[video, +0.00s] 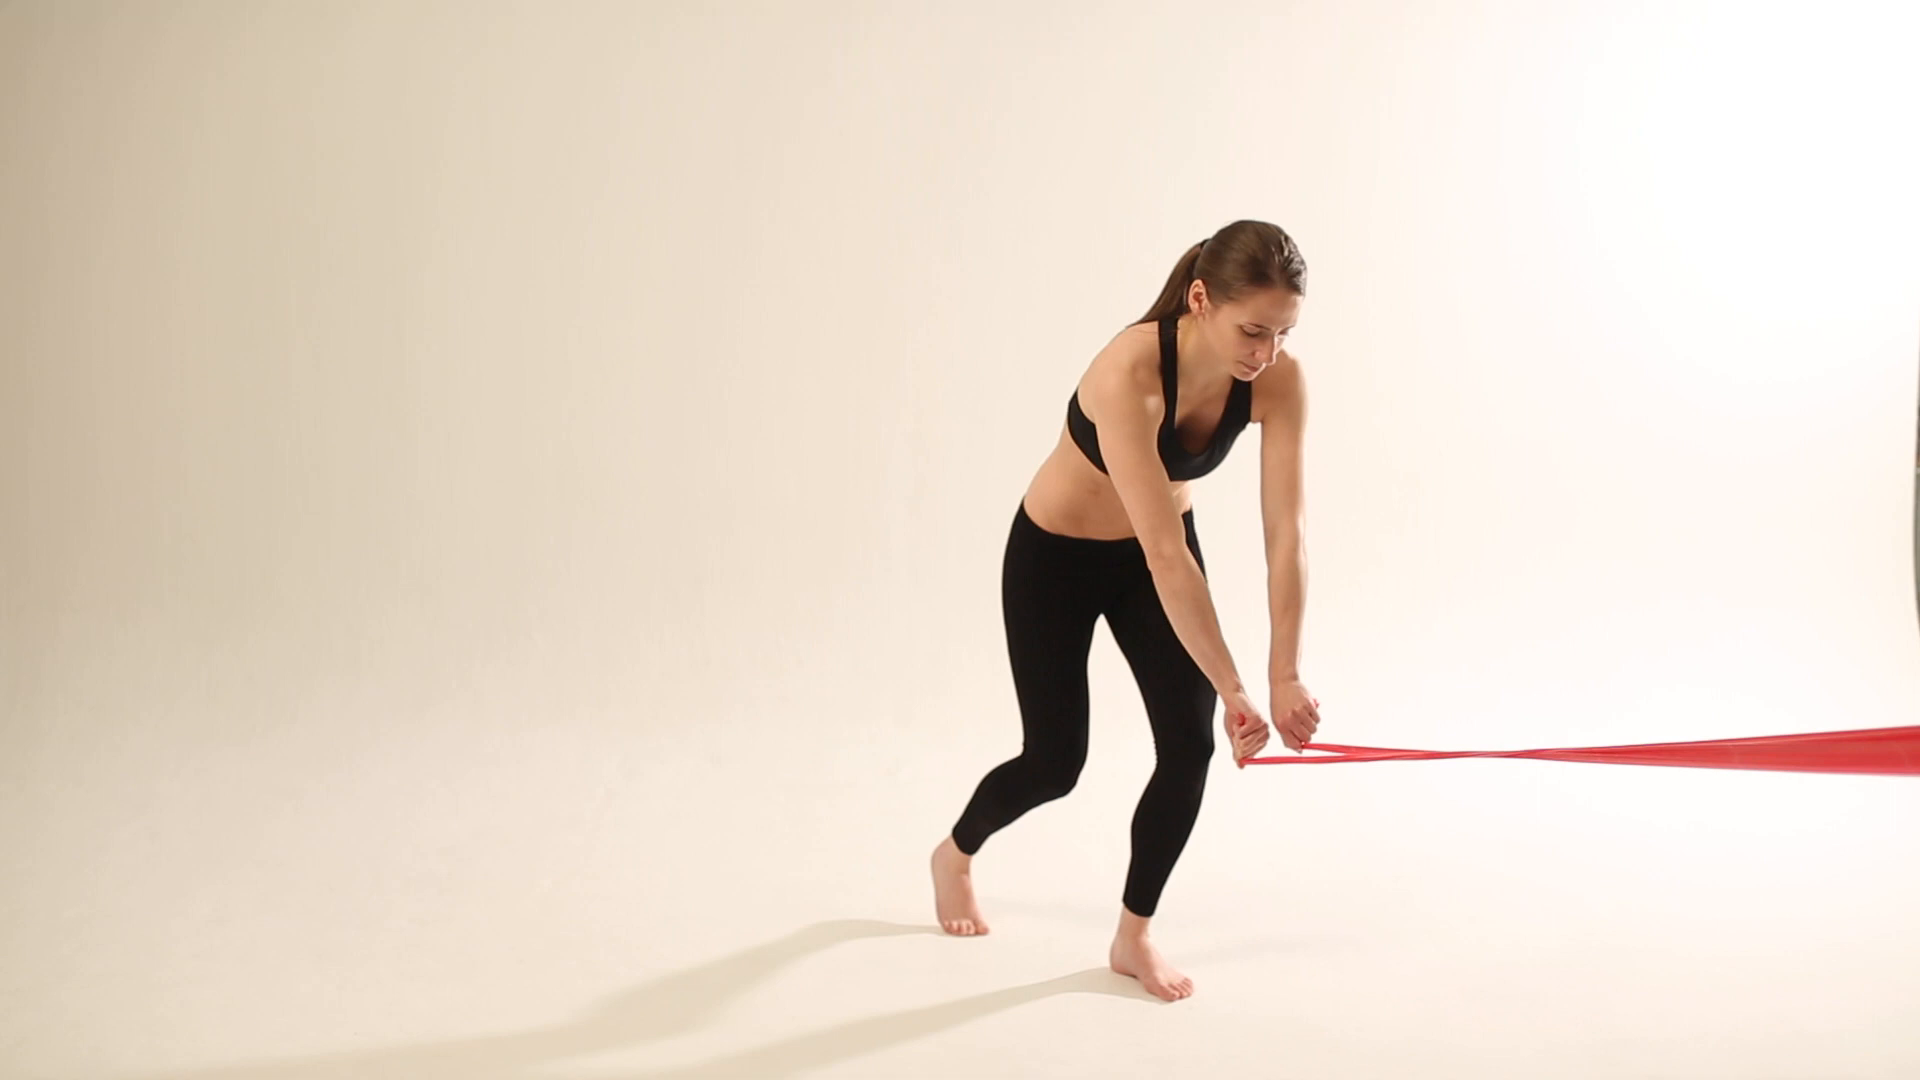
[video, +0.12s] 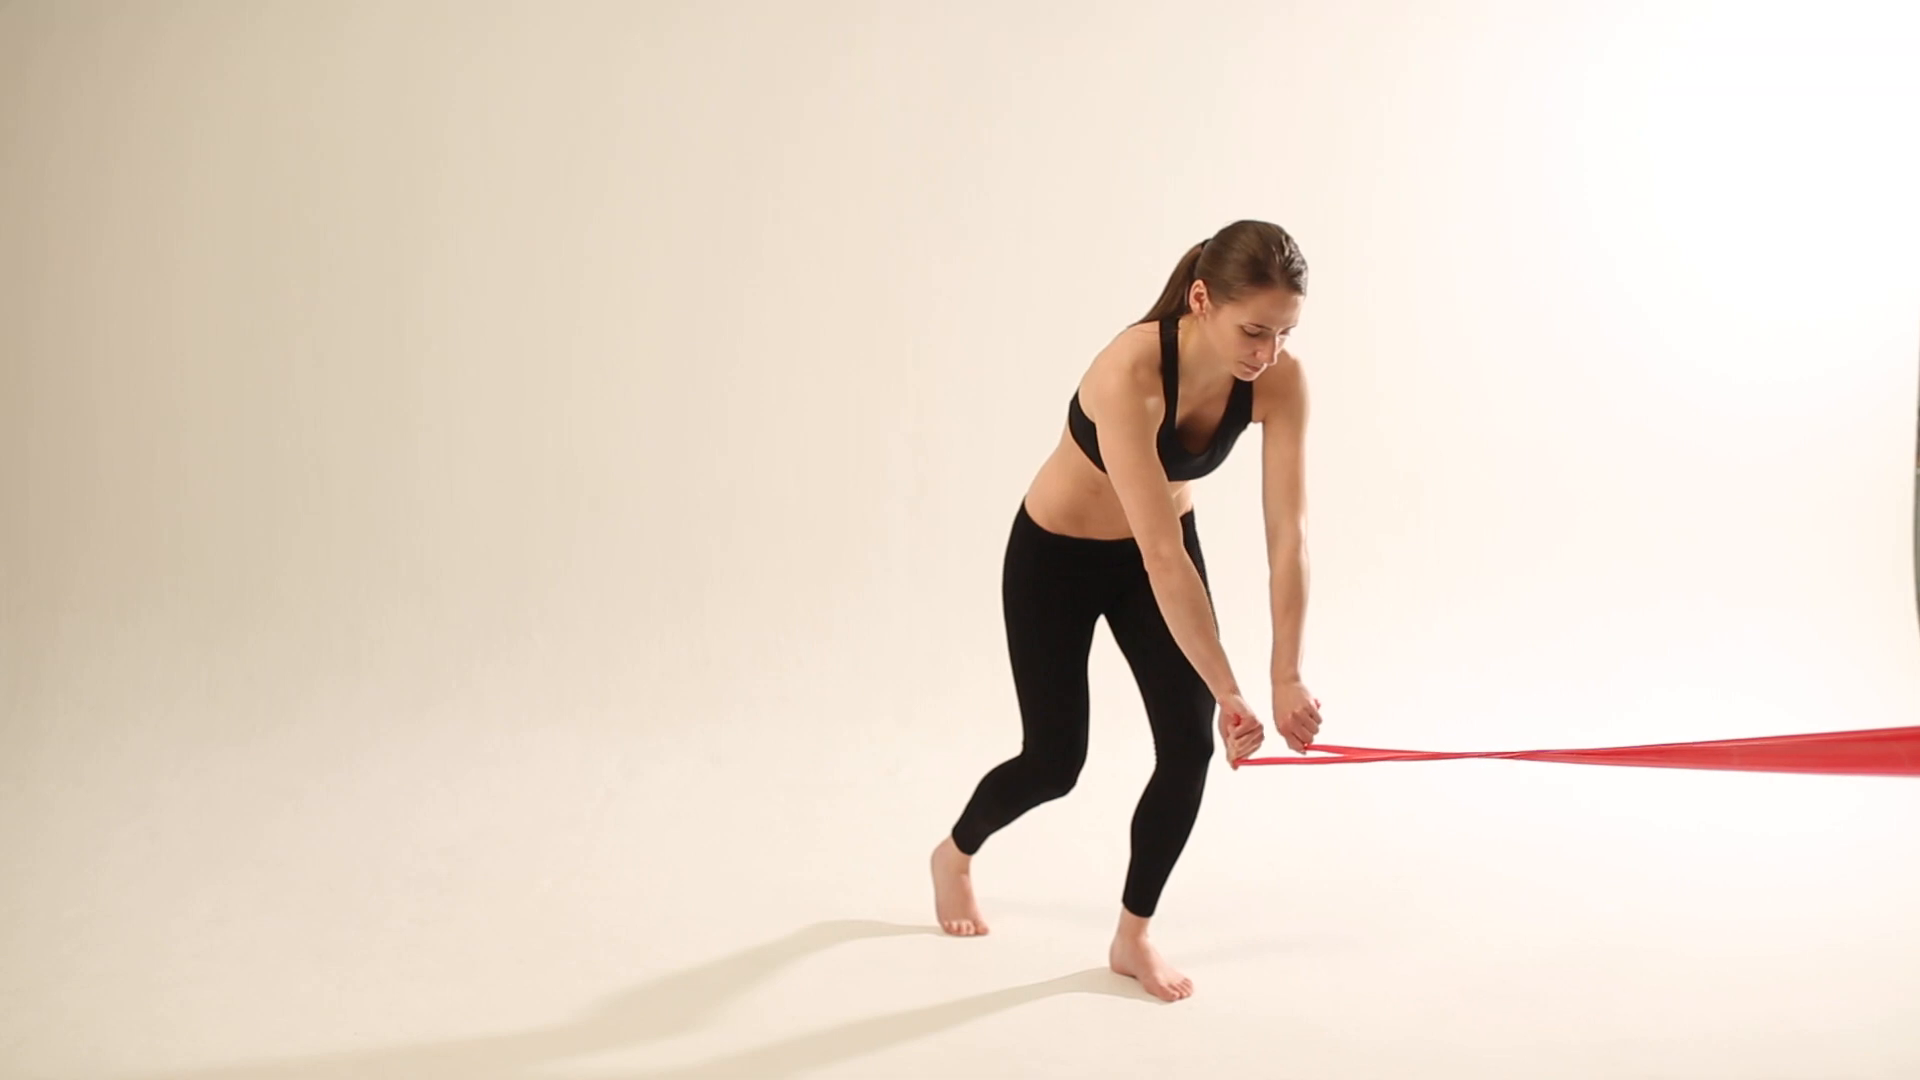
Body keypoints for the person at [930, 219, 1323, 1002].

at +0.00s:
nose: (1268, 351)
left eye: (1282, 332)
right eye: (1253, 330)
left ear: (1295, 313)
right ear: (1198, 299)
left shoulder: (1275, 376)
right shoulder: (1126, 374)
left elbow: (1284, 535)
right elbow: (1166, 557)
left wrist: (1284, 675)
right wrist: (1232, 689)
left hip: (1159, 555)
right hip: (1055, 556)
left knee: (1186, 749)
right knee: (1055, 760)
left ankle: (1133, 931)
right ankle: (954, 851)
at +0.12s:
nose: (1270, 351)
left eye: (1283, 333)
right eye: (1255, 331)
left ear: (1297, 313)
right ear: (1200, 299)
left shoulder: (1277, 377)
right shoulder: (1127, 374)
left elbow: (1286, 534)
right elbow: (1163, 558)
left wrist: (1285, 675)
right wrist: (1228, 694)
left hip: (1160, 554)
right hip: (1056, 556)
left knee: (1186, 749)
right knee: (1054, 760)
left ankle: (1132, 931)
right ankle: (954, 852)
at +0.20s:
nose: (1271, 351)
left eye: (1284, 333)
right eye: (1256, 331)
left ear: (1297, 313)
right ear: (1200, 300)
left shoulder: (1277, 377)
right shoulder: (1127, 374)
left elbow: (1287, 534)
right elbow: (1162, 559)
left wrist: (1287, 675)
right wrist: (1227, 695)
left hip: (1161, 555)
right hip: (1057, 556)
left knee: (1186, 749)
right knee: (1054, 760)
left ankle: (1132, 931)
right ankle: (954, 852)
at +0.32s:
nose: (1272, 353)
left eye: (1285, 334)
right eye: (1256, 333)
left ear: (1298, 315)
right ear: (1201, 301)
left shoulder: (1277, 379)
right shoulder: (1127, 376)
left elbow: (1287, 534)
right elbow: (1163, 559)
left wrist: (1287, 677)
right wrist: (1229, 694)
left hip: (1162, 556)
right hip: (1057, 557)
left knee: (1187, 750)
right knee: (1053, 761)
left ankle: (1133, 931)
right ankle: (954, 852)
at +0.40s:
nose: (1271, 355)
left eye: (1284, 336)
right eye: (1256, 335)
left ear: (1298, 317)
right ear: (1201, 303)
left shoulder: (1278, 380)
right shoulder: (1127, 377)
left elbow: (1286, 535)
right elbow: (1166, 562)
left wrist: (1285, 676)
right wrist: (1233, 693)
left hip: (1162, 555)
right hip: (1057, 557)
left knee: (1186, 752)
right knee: (1055, 762)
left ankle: (1133, 931)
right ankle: (954, 852)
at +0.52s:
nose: (1272, 359)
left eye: (1285, 340)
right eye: (1257, 338)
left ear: (1298, 321)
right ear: (1201, 309)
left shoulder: (1279, 384)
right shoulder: (1128, 378)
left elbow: (1285, 541)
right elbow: (1166, 562)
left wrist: (1282, 681)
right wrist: (1234, 695)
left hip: (1162, 557)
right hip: (1058, 558)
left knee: (1186, 753)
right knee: (1056, 764)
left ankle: (1132, 931)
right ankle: (954, 851)